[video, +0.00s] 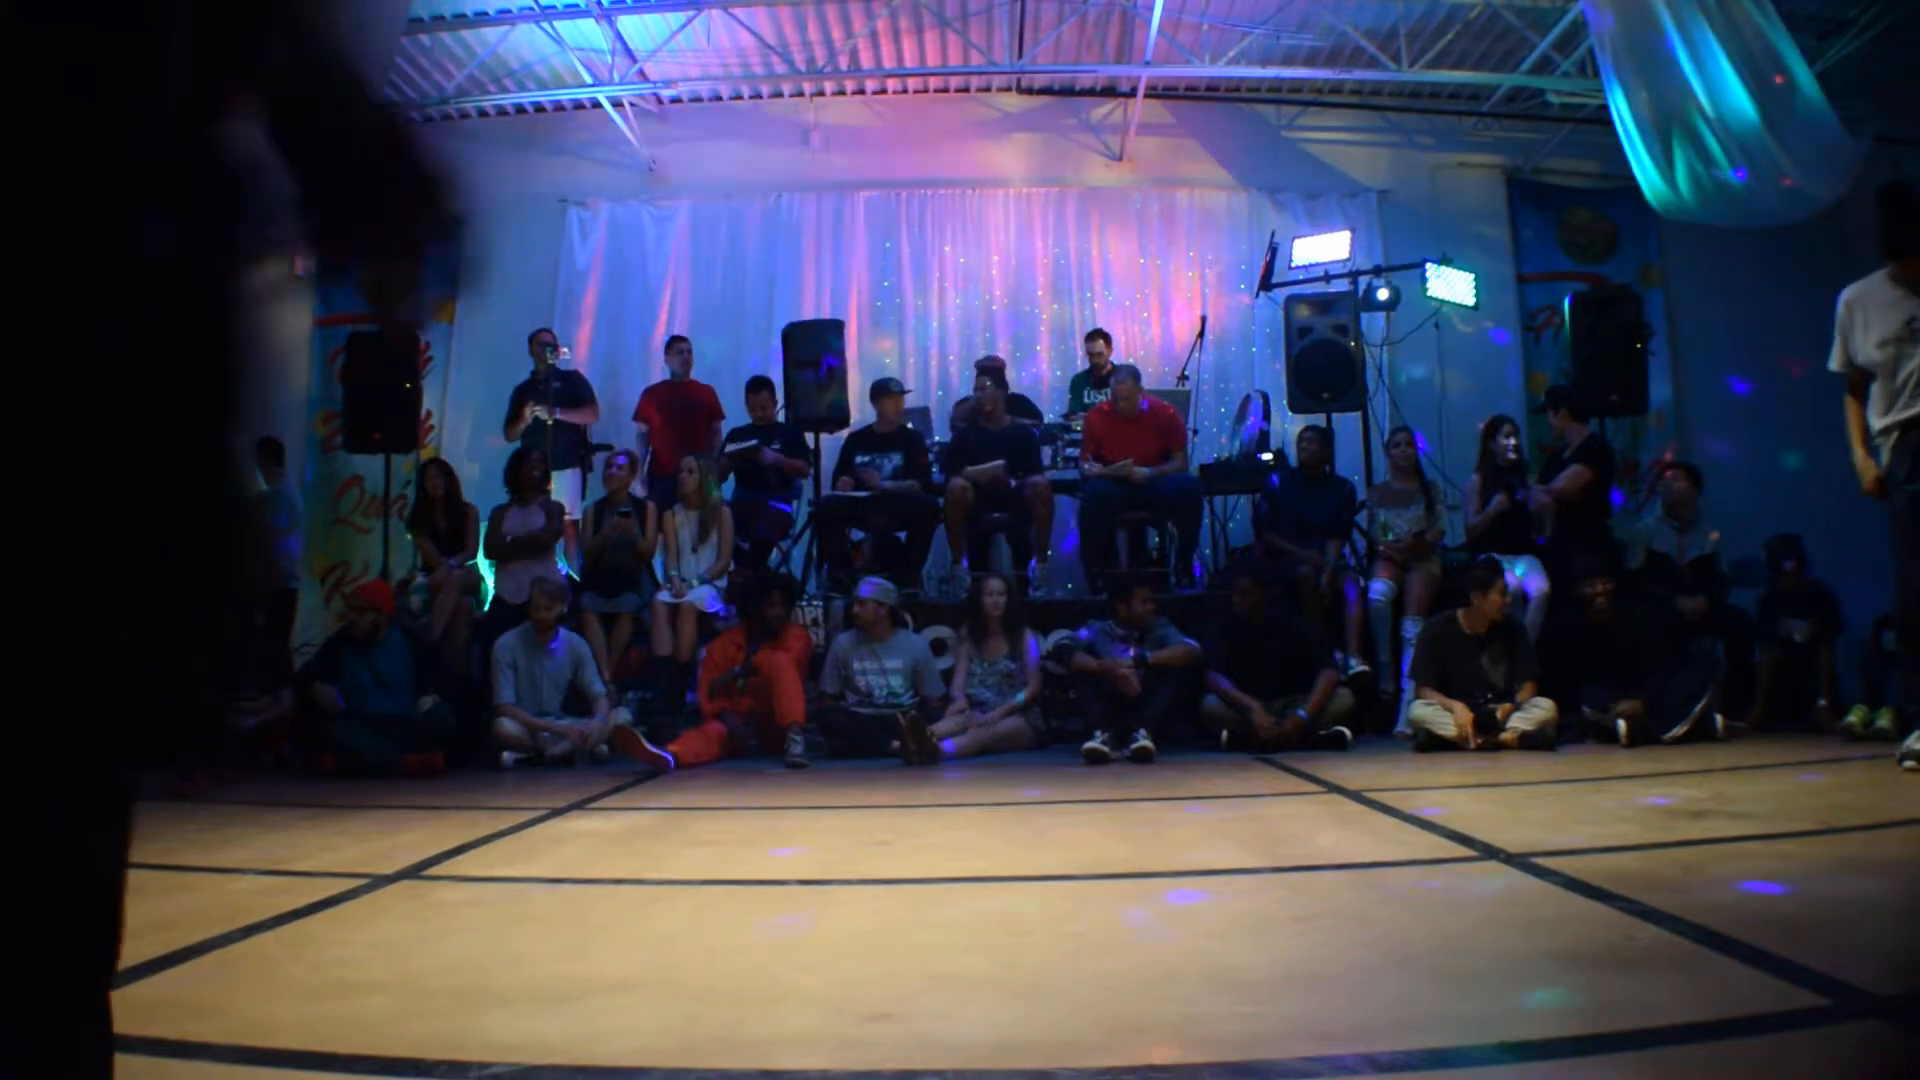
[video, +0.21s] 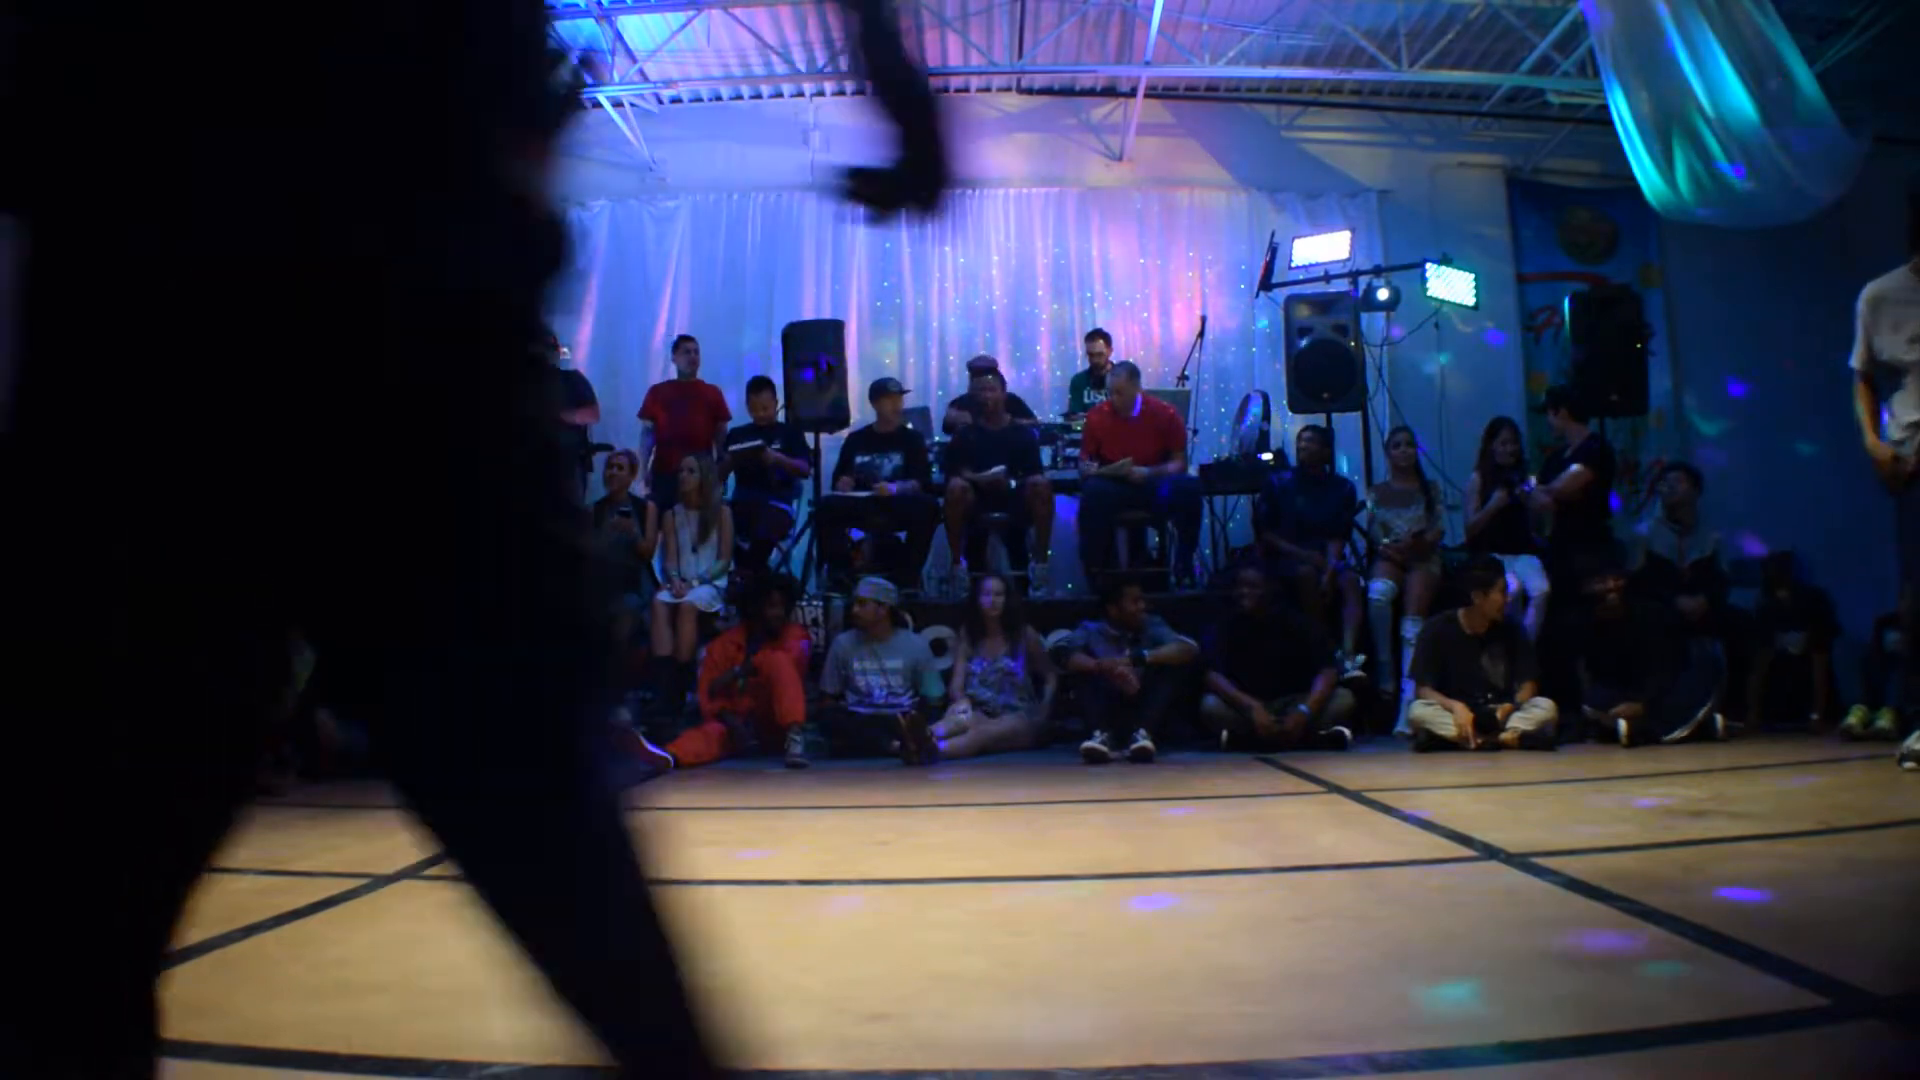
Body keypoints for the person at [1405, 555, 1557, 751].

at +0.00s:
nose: (1507, 600)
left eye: (1506, 594)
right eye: (1501, 593)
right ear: (1476, 597)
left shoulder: (1512, 629)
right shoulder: (1437, 629)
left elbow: (1528, 685)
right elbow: (1423, 689)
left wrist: (1512, 706)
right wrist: (1456, 707)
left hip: (1500, 706)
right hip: (1456, 709)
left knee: (1546, 708)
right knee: (1418, 711)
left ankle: (1469, 742)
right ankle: (1504, 740)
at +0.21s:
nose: (1506, 600)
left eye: (1506, 593)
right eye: (1501, 592)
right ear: (1477, 597)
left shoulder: (1511, 629)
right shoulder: (1437, 629)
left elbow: (1528, 684)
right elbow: (1423, 689)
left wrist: (1511, 707)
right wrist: (1456, 708)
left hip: (1500, 706)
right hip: (1456, 709)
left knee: (1546, 708)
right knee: (1418, 711)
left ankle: (1463, 743)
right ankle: (1505, 740)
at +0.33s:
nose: (1507, 600)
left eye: (1508, 593)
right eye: (1501, 593)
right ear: (1475, 595)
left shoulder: (1514, 629)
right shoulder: (1440, 629)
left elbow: (1528, 684)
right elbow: (1423, 689)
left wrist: (1511, 706)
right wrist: (1456, 708)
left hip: (1500, 706)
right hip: (1456, 708)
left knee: (1546, 707)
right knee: (1418, 711)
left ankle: (1462, 743)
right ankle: (1505, 740)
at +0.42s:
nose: (1504, 599)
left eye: (1507, 592)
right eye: (1496, 591)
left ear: (1511, 595)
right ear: (1473, 593)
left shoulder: (1514, 628)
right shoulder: (1442, 628)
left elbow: (1529, 684)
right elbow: (1424, 689)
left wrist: (1510, 706)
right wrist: (1456, 708)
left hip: (1500, 705)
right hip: (1457, 706)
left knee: (1546, 707)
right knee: (1418, 711)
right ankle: (1503, 740)